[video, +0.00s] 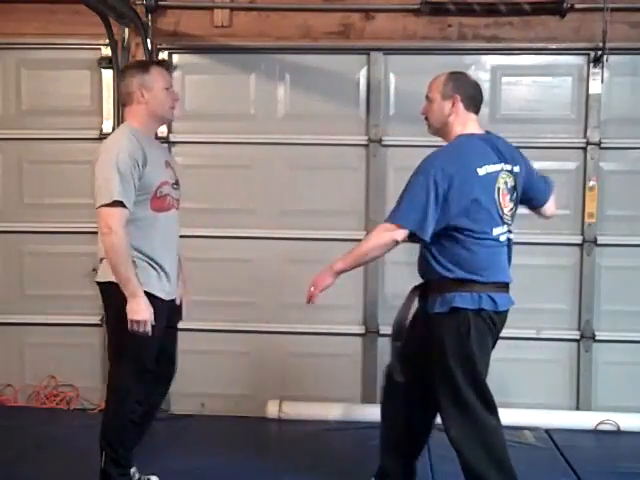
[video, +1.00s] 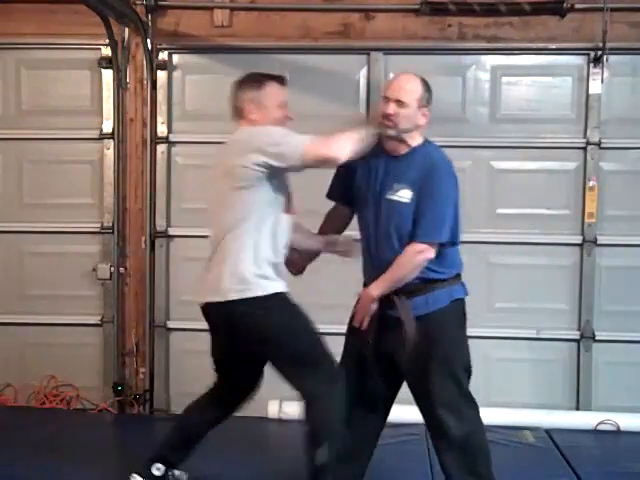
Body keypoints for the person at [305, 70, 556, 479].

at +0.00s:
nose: (423, 110)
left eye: (429, 101)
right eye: (425, 100)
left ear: (455, 105)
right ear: (463, 108)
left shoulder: (441, 164)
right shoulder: (505, 153)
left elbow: (394, 231)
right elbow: (548, 206)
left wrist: (335, 269)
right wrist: (514, 180)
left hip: (456, 304)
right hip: (488, 301)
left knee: (467, 414)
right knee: (405, 393)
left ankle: (497, 478)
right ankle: (392, 475)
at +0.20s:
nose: (416, 109)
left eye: (422, 100)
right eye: (418, 100)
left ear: (447, 106)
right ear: (456, 107)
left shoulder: (437, 161)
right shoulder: (488, 155)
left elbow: (407, 236)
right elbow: (522, 210)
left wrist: (342, 281)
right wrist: (483, 190)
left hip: (448, 304)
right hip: (472, 301)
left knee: (460, 414)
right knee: (392, 395)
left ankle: (496, 478)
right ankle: (346, 473)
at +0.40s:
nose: (390, 109)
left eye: (396, 101)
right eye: (392, 101)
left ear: (419, 108)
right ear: (425, 109)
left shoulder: (431, 166)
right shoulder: (432, 158)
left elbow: (411, 251)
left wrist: (347, 289)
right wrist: (382, 167)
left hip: (427, 309)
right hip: (395, 307)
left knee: (449, 416)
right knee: (354, 403)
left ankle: (491, 477)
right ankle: (335, 473)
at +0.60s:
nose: (361, 102)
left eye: (368, 96)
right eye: (364, 95)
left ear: (391, 107)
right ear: (388, 108)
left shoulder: (419, 166)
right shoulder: (359, 152)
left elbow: (415, 250)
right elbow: (309, 152)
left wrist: (362, 292)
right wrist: (261, 142)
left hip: (419, 307)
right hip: (372, 308)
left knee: (436, 413)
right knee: (342, 408)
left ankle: (476, 476)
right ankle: (337, 475)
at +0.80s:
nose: (349, 104)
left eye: (359, 98)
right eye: (351, 96)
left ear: (389, 108)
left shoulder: (411, 163)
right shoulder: (347, 156)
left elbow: (414, 246)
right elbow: (330, 203)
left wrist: (363, 295)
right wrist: (301, 230)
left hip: (418, 303)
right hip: (368, 305)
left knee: (439, 416)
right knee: (343, 409)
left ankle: (473, 478)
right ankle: (338, 475)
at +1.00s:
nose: (387, 110)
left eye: (399, 104)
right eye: (384, 101)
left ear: (423, 115)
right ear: (377, 105)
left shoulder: (434, 168)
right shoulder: (361, 161)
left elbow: (424, 248)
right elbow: (339, 212)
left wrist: (372, 292)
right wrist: (307, 252)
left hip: (431, 307)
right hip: (377, 306)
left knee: (451, 421)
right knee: (352, 414)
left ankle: (476, 477)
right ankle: (338, 477)